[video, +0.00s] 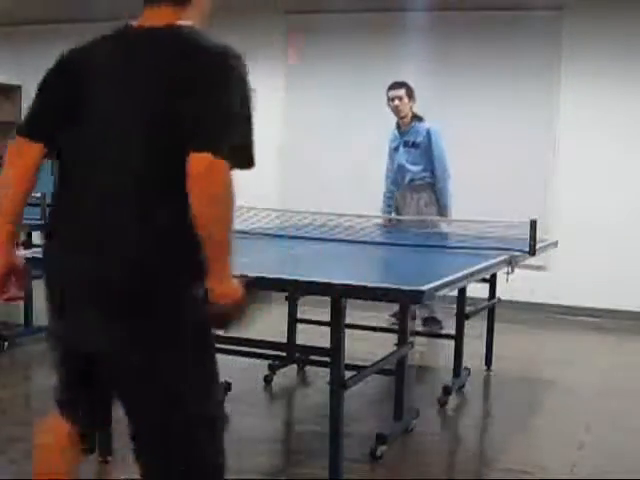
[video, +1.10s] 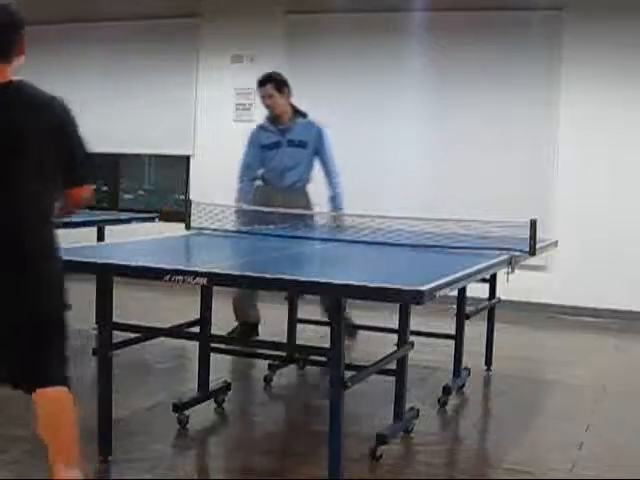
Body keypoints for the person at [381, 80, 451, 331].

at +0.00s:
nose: (396, 104)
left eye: (400, 98)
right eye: (391, 100)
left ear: (411, 101)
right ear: (388, 105)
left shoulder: (428, 132)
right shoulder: (395, 138)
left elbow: (442, 172)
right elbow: (390, 177)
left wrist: (445, 212)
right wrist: (386, 211)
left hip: (424, 193)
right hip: (402, 194)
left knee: (425, 250)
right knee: (403, 249)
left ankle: (430, 310)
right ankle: (406, 305)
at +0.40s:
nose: (373, 108)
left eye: (378, 103)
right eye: (370, 103)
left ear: (389, 108)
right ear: (366, 108)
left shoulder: (404, 142)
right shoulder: (365, 145)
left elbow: (418, 181)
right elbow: (364, 184)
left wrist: (417, 212)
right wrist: (365, 211)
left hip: (400, 204)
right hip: (374, 205)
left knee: (403, 260)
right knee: (375, 261)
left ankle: (406, 319)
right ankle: (378, 320)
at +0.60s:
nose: (355, 110)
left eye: (360, 105)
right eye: (351, 105)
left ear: (372, 108)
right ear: (347, 108)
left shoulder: (388, 144)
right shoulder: (342, 146)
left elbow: (403, 182)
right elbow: (336, 183)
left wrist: (401, 213)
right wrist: (330, 215)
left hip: (383, 203)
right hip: (357, 203)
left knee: (382, 259)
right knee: (359, 260)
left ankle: (379, 320)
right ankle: (373, 320)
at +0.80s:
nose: (324, 109)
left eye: (328, 103)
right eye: (319, 105)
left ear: (341, 101)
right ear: (316, 106)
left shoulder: (365, 136)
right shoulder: (316, 140)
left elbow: (385, 177)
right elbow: (306, 179)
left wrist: (385, 213)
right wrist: (291, 213)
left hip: (358, 200)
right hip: (329, 200)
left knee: (363, 259)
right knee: (317, 256)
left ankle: (375, 324)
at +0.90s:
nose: (307, 108)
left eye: (311, 102)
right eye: (303, 104)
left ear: (324, 101)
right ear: (300, 107)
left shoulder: (348, 134)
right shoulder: (299, 139)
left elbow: (369, 175)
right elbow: (289, 179)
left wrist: (373, 213)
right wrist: (275, 213)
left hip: (340, 203)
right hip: (309, 204)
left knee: (345, 266)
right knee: (292, 261)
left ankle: (373, 325)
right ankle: (263, 316)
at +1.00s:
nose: (288, 107)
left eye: (292, 101)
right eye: (284, 103)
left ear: (305, 99)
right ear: (281, 105)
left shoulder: (330, 135)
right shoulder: (278, 138)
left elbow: (350, 173)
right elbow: (266, 177)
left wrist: (358, 210)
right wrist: (261, 211)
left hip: (316, 203)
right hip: (283, 203)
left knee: (334, 262)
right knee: (265, 261)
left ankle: (366, 324)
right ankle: (248, 323)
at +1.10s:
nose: (266, 103)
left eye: (270, 96)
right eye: (263, 98)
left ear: (286, 94)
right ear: (262, 101)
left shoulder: (313, 131)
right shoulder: (260, 133)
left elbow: (331, 173)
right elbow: (247, 173)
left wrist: (337, 211)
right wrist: (241, 207)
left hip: (297, 200)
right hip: (262, 199)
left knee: (313, 258)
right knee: (246, 255)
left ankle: (339, 317)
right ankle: (247, 323)